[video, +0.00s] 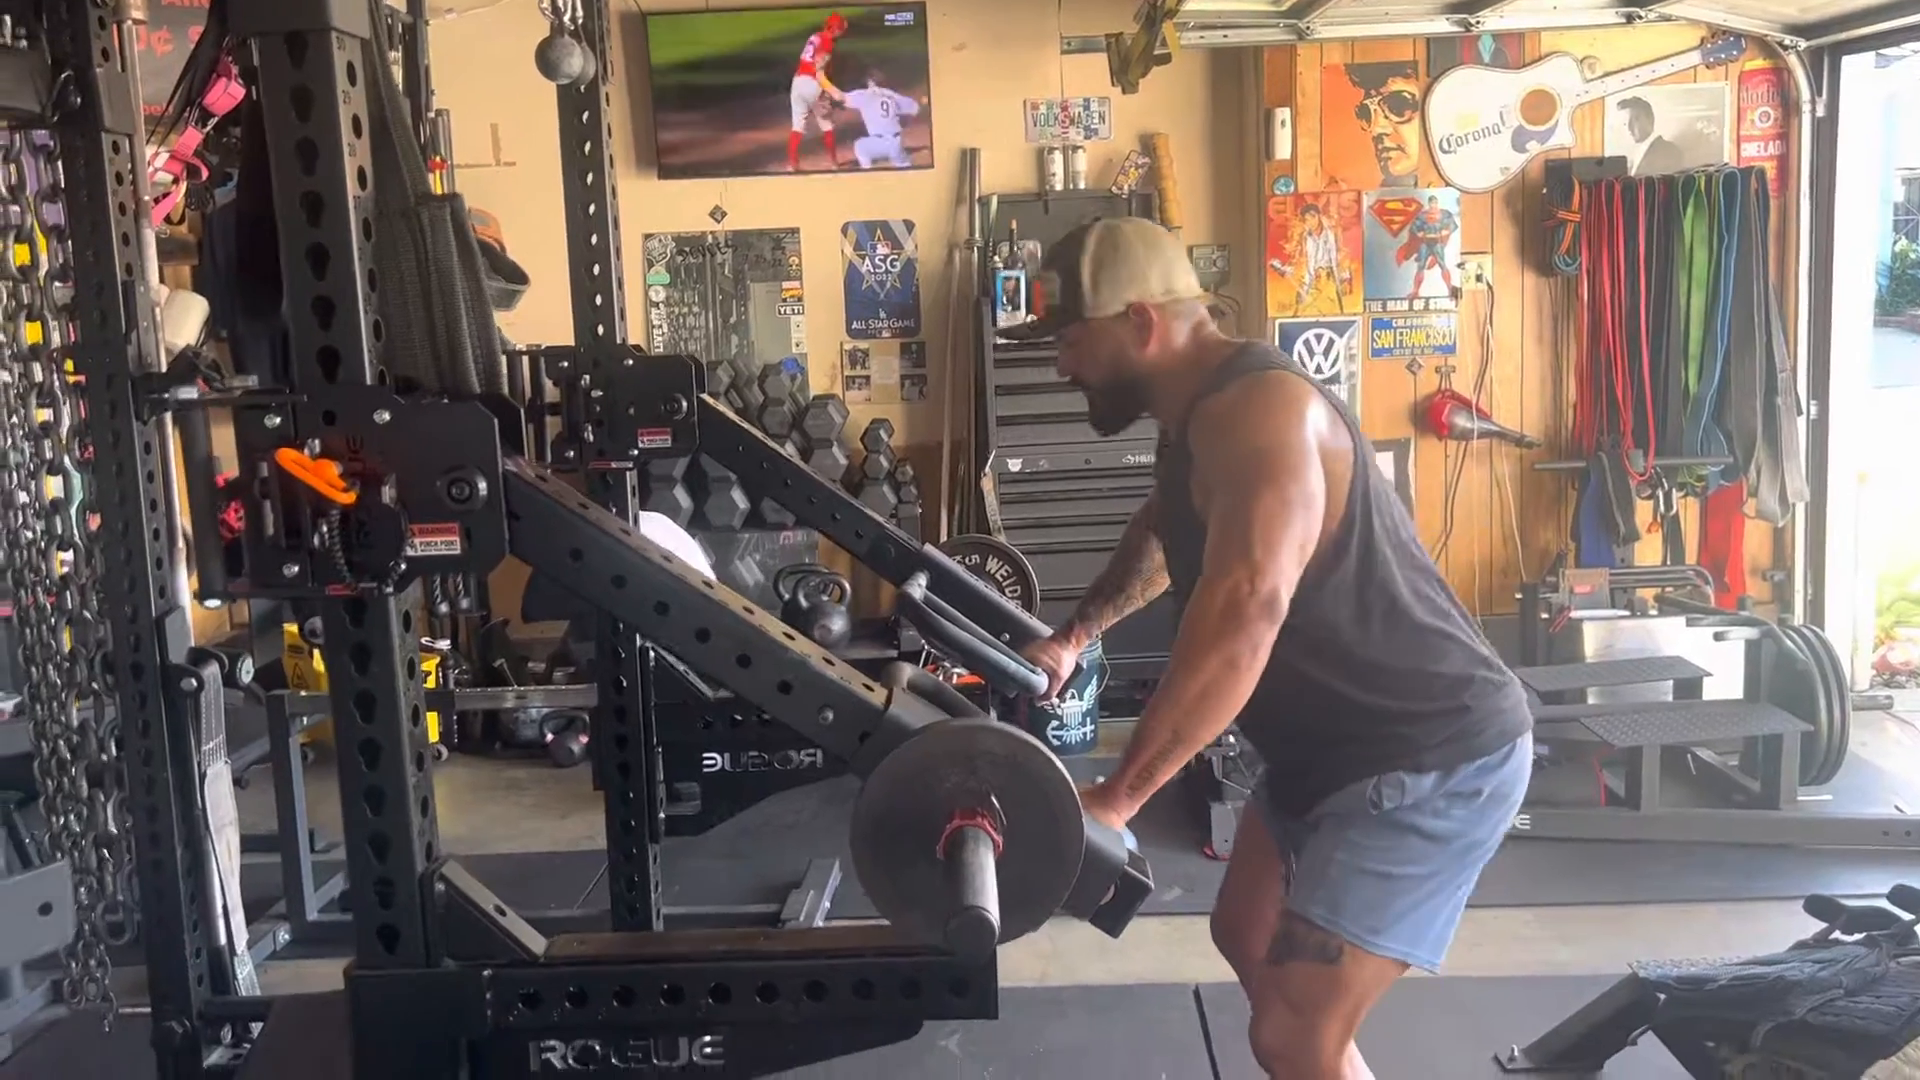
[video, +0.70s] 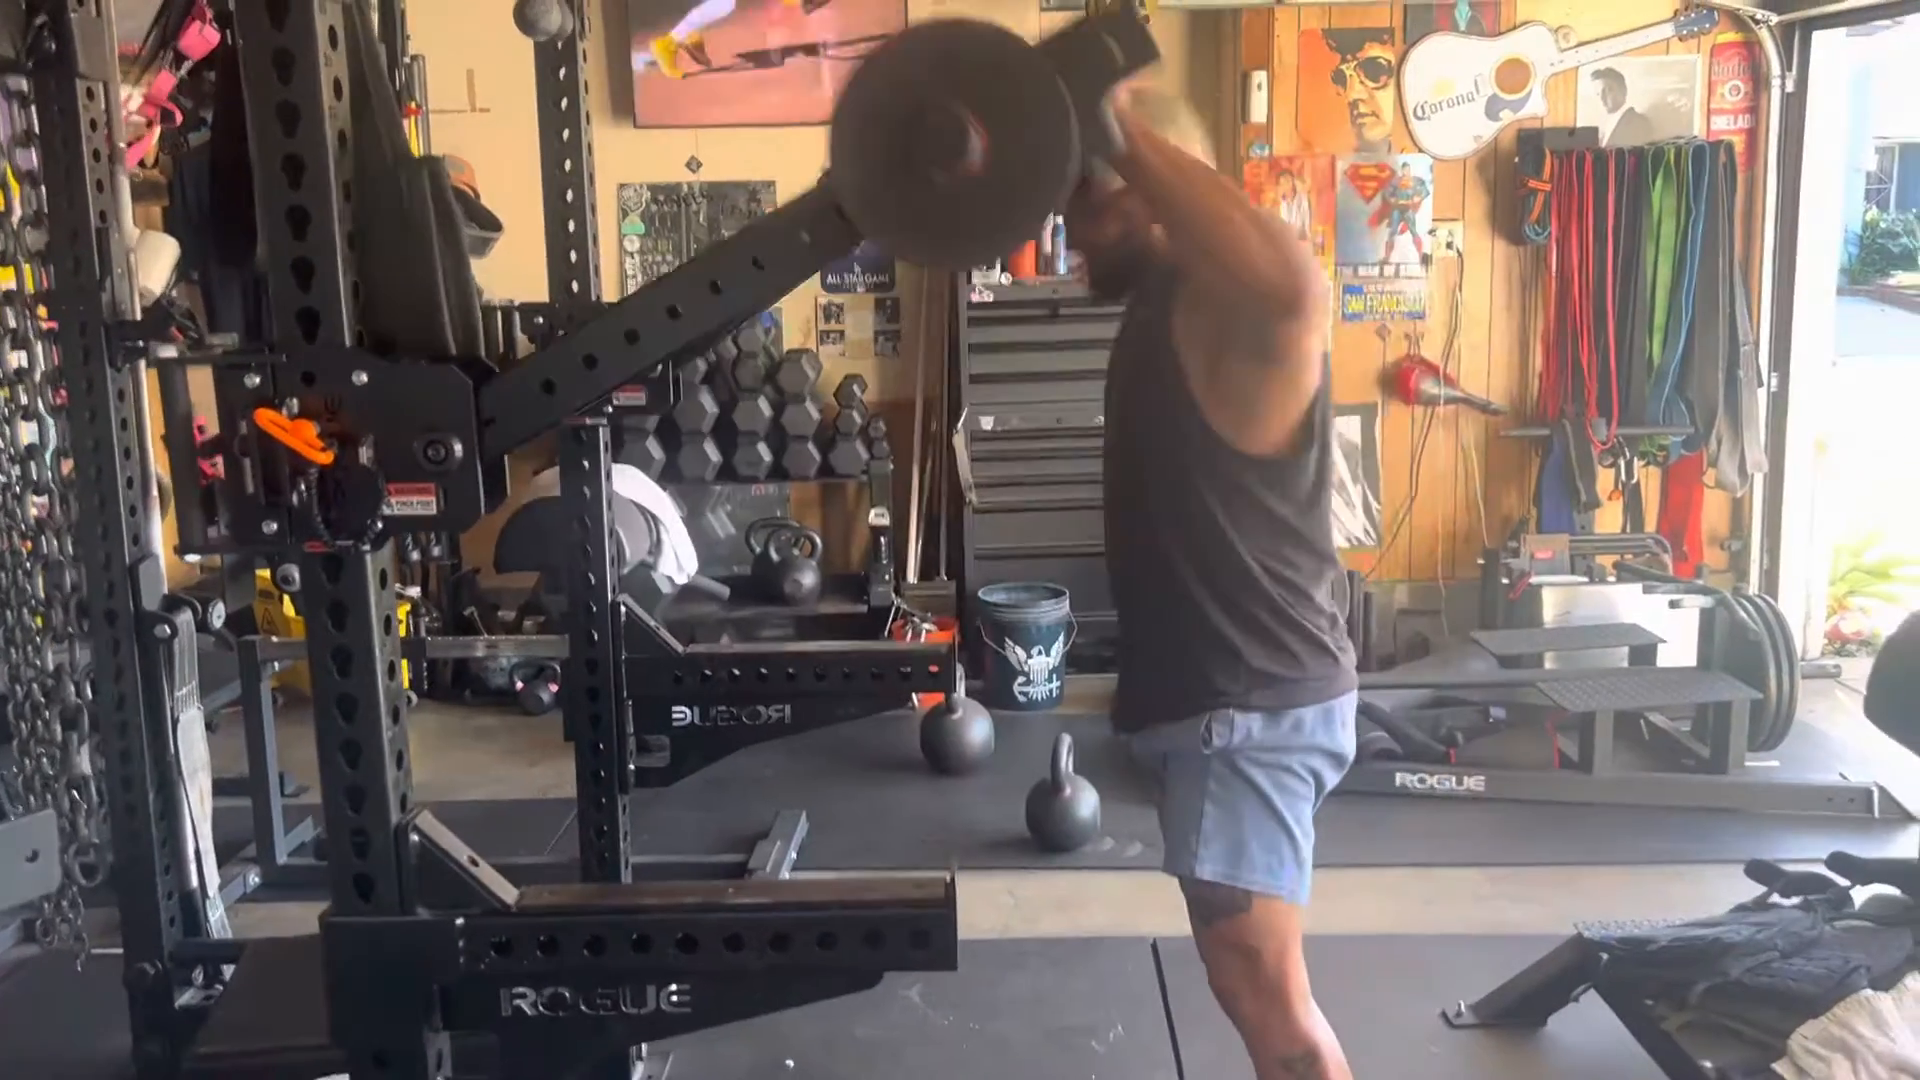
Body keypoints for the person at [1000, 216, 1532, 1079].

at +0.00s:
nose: (1060, 356)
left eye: (1070, 328)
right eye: (1058, 333)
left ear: (1142, 324)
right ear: (1146, 326)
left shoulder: (1263, 409)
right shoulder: (1197, 420)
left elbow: (1247, 606)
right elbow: (1157, 539)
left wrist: (1121, 793)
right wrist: (1076, 635)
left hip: (1432, 754)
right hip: (1335, 746)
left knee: (1297, 1033)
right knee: (1248, 934)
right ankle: (1332, 1065)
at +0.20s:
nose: (1207, 295)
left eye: (1223, 271)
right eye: (1207, 271)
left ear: (1302, 283)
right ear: (1297, 287)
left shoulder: (1391, 398)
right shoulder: (1298, 388)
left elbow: (1285, 590)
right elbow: (1209, 519)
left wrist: (1125, 744)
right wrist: (1084, 609)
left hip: (1484, 748)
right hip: (1379, 730)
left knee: (1316, 1009)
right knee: (1266, 900)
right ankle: (1341, 1061)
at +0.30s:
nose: (1273, 224)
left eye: (1294, 204)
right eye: (1278, 202)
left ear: (1376, 223)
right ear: (1366, 225)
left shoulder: (1444, 349)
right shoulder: (1352, 338)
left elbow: (1347, 525)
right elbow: (1249, 458)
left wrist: (1162, 642)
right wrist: (1122, 531)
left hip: (1462, 725)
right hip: (1365, 704)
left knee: (1313, 995)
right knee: (1257, 885)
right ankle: (1332, 1058)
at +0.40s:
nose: (1273, 190)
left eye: (1292, 170)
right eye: (1277, 169)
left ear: (1374, 177)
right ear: (1364, 181)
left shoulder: (1441, 291)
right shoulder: (1354, 291)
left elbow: (1457, 427)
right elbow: (1294, 380)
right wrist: (1180, 392)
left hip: (1384, 691)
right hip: (1296, 669)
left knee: (1289, 978)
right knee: (1234, 879)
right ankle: (1320, 1056)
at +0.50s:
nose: (1223, 179)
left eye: (1244, 158)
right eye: (1225, 157)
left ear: (1320, 168)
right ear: (1313, 169)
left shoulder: (1402, 272)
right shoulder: (1297, 283)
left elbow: (1482, 356)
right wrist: (1118, 286)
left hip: (1302, 690)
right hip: (1249, 678)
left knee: (1285, 971)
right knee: (1275, 959)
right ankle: (1311, 1064)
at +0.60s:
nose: (1166, 203)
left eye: (1179, 180)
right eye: (1161, 181)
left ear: (1239, 176)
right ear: (1247, 175)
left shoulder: (1294, 278)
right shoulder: (1227, 282)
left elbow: (1395, 335)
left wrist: (1223, 231)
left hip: (1263, 701)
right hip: (1225, 691)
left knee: (1272, 988)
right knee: (1265, 978)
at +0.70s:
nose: (1069, 234)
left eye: (1084, 206)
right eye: (1066, 210)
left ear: (1143, 194)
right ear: (1128, 201)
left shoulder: (1244, 295)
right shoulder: (1163, 297)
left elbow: (1294, 290)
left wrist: (1125, 125)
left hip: (1253, 709)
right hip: (1213, 699)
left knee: (1264, 993)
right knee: (1255, 984)